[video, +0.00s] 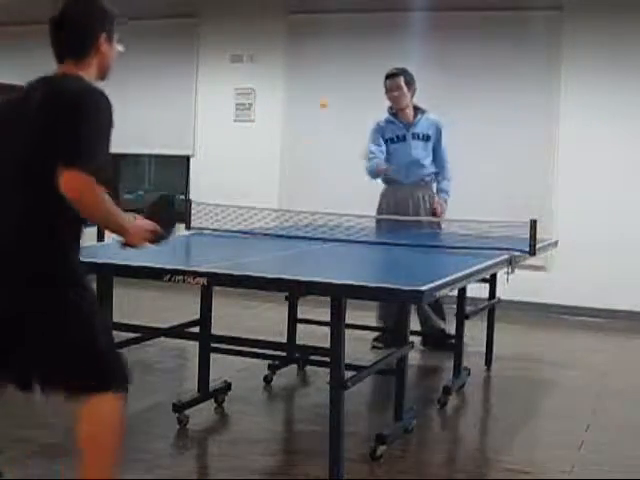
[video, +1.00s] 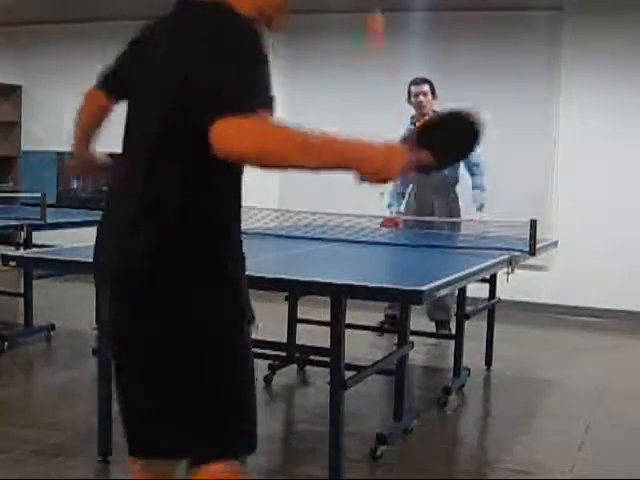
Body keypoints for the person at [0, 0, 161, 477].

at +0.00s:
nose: (115, 51)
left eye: (114, 41)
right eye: (113, 42)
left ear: (59, 44)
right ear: (101, 45)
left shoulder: (21, 98)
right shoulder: (87, 100)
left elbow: (22, 182)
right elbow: (76, 182)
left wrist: (116, 218)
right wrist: (125, 225)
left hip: (9, 268)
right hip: (48, 273)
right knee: (106, 381)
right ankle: (96, 472)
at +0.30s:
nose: (173, 23)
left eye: (174, 13)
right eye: (171, 11)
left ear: (128, 9)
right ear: (146, 7)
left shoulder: (73, 63)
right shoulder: (116, 56)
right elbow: (95, 143)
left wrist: (162, 210)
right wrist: (167, 206)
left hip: (53, 242)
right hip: (93, 245)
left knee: (69, 359)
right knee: (138, 378)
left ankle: (34, 458)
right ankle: (121, 473)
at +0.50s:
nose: (208, 42)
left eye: (210, 29)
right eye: (205, 26)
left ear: (170, 22)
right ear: (172, 20)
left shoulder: (142, 90)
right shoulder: (129, 90)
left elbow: (117, 187)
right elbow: (96, 183)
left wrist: (166, 207)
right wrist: (120, 270)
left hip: (96, 274)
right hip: (98, 275)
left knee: (108, 377)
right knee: (197, 389)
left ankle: (70, 469)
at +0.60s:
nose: (243, 30)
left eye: (245, 17)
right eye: (238, 14)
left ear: (201, 12)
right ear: (200, 9)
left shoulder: (168, 76)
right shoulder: (158, 76)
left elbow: (144, 185)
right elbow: (113, 178)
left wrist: (167, 272)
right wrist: (134, 270)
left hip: (106, 268)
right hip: (130, 270)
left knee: (114, 370)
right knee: (213, 404)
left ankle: (77, 464)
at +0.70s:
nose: (275, 47)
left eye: (277, 34)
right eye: (270, 29)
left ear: (230, 21)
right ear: (229, 18)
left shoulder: (197, 95)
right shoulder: (178, 92)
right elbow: (143, 200)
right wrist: (190, 300)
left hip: (140, 287)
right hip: (146, 293)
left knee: (135, 386)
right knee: (223, 451)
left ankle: (73, 464)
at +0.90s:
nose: (308, 35)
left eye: (313, 23)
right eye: (307, 17)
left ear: (259, 9)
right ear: (269, 6)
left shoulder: (183, 51)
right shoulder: (217, 61)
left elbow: (122, 128)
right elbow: (212, 175)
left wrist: (137, 208)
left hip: (138, 292)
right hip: (181, 298)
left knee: (158, 448)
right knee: (231, 452)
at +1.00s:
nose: (290, 8)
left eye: (290, 2)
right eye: (287, 0)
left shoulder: (163, 29)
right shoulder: (231, 34)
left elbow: (96, 100)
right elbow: (235, 135)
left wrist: (80, 154)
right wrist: (360, 154)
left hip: (127, 267)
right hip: (194, 273)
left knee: (149, 446)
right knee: (221, 449)